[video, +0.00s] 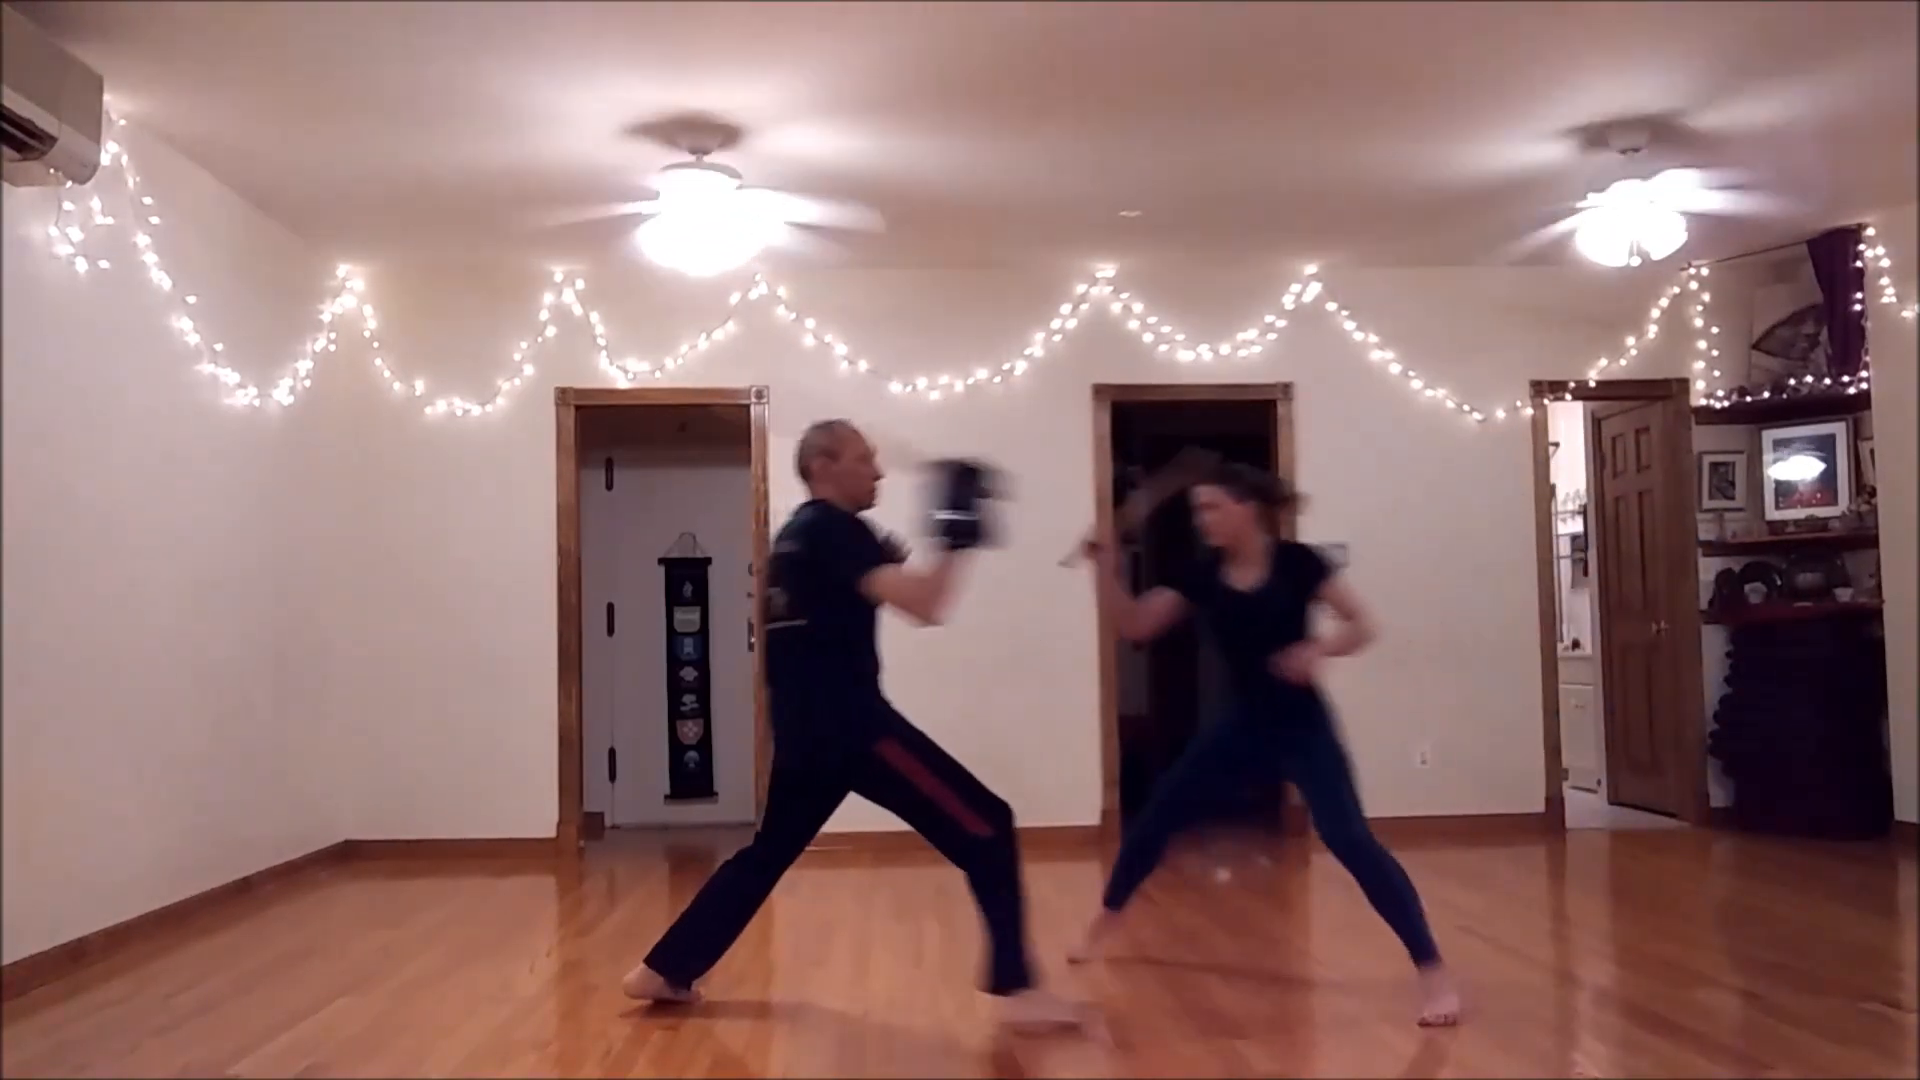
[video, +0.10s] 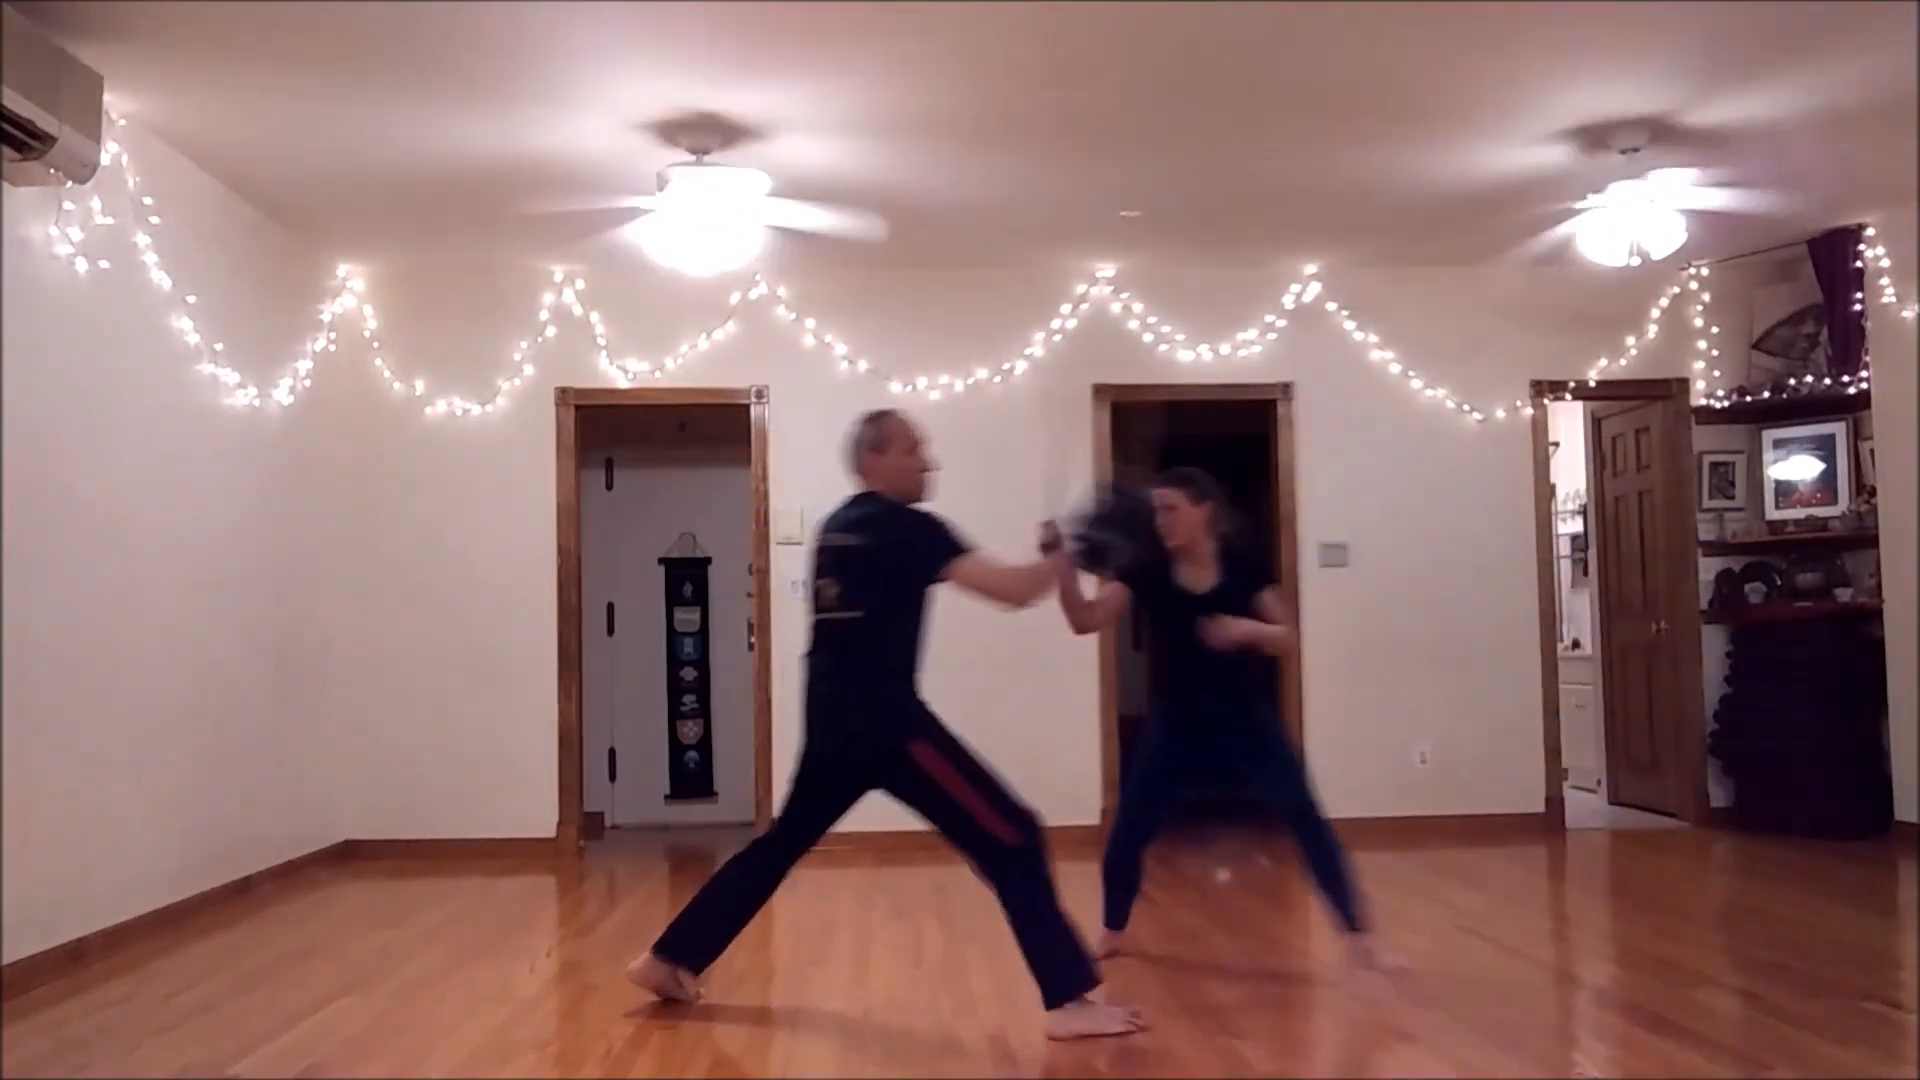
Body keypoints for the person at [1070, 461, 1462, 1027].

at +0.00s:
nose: (1202, 520)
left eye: (1212, 508)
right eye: (1198, 511)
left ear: (1250, 508)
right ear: (1200, 519)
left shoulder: (1297, 564)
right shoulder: (1204, 573)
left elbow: (1362, 627)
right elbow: (1135, 624)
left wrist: (1319, 648)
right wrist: (1106, 568)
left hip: (1300, 723)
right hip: (1237, 725)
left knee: (1346, 837)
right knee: (1163, 808)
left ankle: (1430, 968)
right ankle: (1108, 915)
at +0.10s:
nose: (1161, 522)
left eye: (1171, 511)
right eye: (1157, 512)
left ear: (1205, 511)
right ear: (1154, 518)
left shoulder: (1243, 571)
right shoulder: (1148, 576)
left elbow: (1289, 638)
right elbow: (1084, 619)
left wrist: (1248, 631)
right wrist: (1061, 563)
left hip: (1247, 728)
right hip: (1175, 731)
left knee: (1305, 819)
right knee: (1129, 828)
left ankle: (1358, 935)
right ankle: (1112, 931)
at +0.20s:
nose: (1134, 523)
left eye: (1145, 512)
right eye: (1127, 513)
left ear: (1176, 514)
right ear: (1121, 518)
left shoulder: (1206, 572)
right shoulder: (1118, 571)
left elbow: (1238, 638)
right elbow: (1074, 626)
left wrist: (1220, 623)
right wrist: (1117, 590)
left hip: (1193, 716)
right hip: (1135, 718)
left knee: (1244, 795)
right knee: (1117, 827)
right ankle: (1081, 925)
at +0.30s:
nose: (1120, 527)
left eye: (1130, 514)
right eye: (1111, 518)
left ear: (1155, 515)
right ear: (1102, 522)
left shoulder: (1180, 563)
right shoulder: (1095, 572)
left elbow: (1207, 625)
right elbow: (1081, 636)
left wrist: (1165, 592)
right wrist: (1132, 654)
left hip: (1164, 700)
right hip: (1106, 702)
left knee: (1186, 817)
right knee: (1112, 814)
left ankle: (1144, 868)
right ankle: (1074, 871)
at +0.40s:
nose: (1112, 532)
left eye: (1123, 520)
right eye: (1103, 523)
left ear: (1145, 520)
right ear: (1093, 526)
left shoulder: (1166, 570)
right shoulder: (1086, 573)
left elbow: (1185, 636)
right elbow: (1075, 646)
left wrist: (1148, 593)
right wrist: (1133, 693)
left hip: (1143, 704)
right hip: (1086, 702)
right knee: (1083, 812)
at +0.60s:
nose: (1110, 540)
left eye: (1120, 530)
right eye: (1100, 531)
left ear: (1134, 534)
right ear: (1086, 533)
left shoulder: (1136, 573)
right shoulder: (1078, 576)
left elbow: (1159, 636)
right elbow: (1074, 644)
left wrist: (1135, 630)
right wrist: (1104, 682)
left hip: (1104, 688)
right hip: (1067, 687)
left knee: (1098, 787)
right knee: (1083, 790)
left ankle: (1071, 887)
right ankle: (1057, 889)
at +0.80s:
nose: (1098, 537)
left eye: (1107, 528)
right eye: (1088, 528)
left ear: (1120, 530)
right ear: (1073, 530)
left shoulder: (1122, 575)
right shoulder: (1063, 571)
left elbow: (1124, 641)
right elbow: (1052, 639)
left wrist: (1107, 690)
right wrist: (1099, 691)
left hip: (1088, 697)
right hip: (1049, 694)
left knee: (1090, 808)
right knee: (1055, 808)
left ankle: (1083, 913)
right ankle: (1050, 915)